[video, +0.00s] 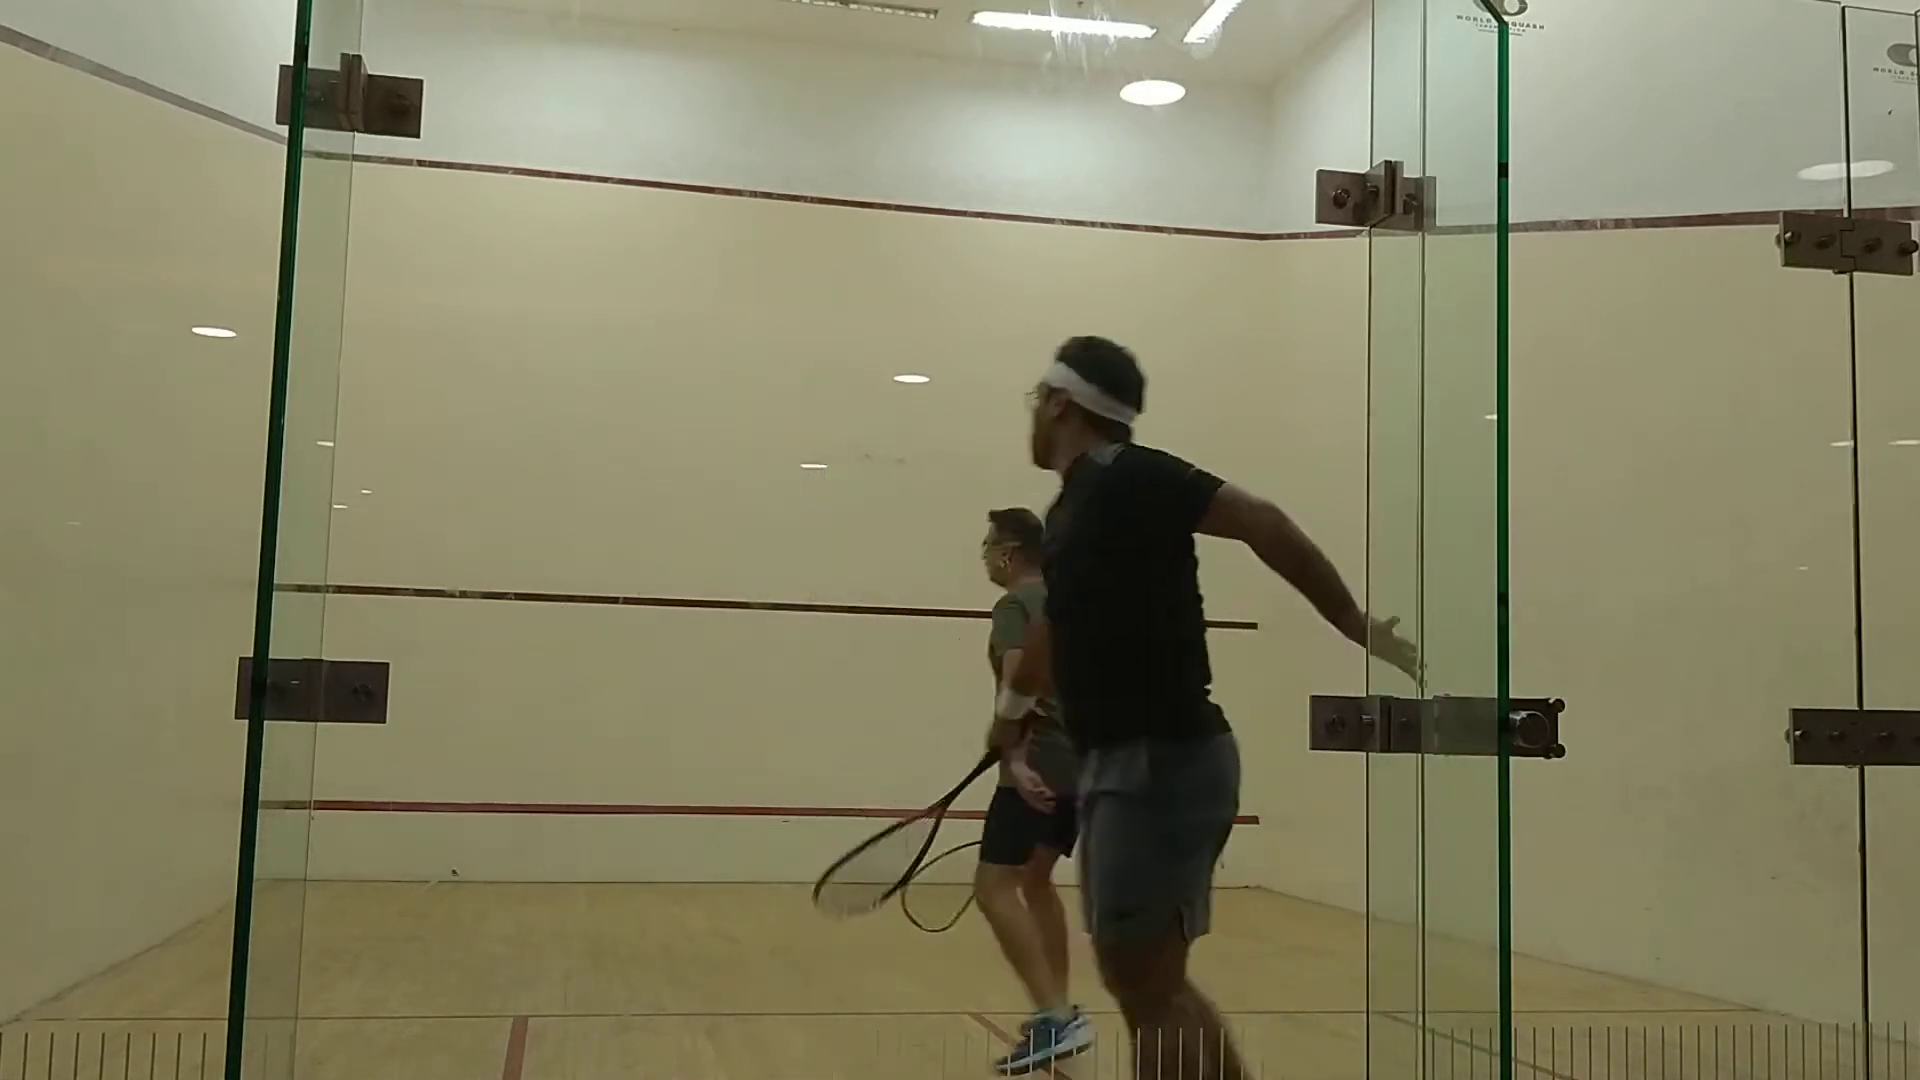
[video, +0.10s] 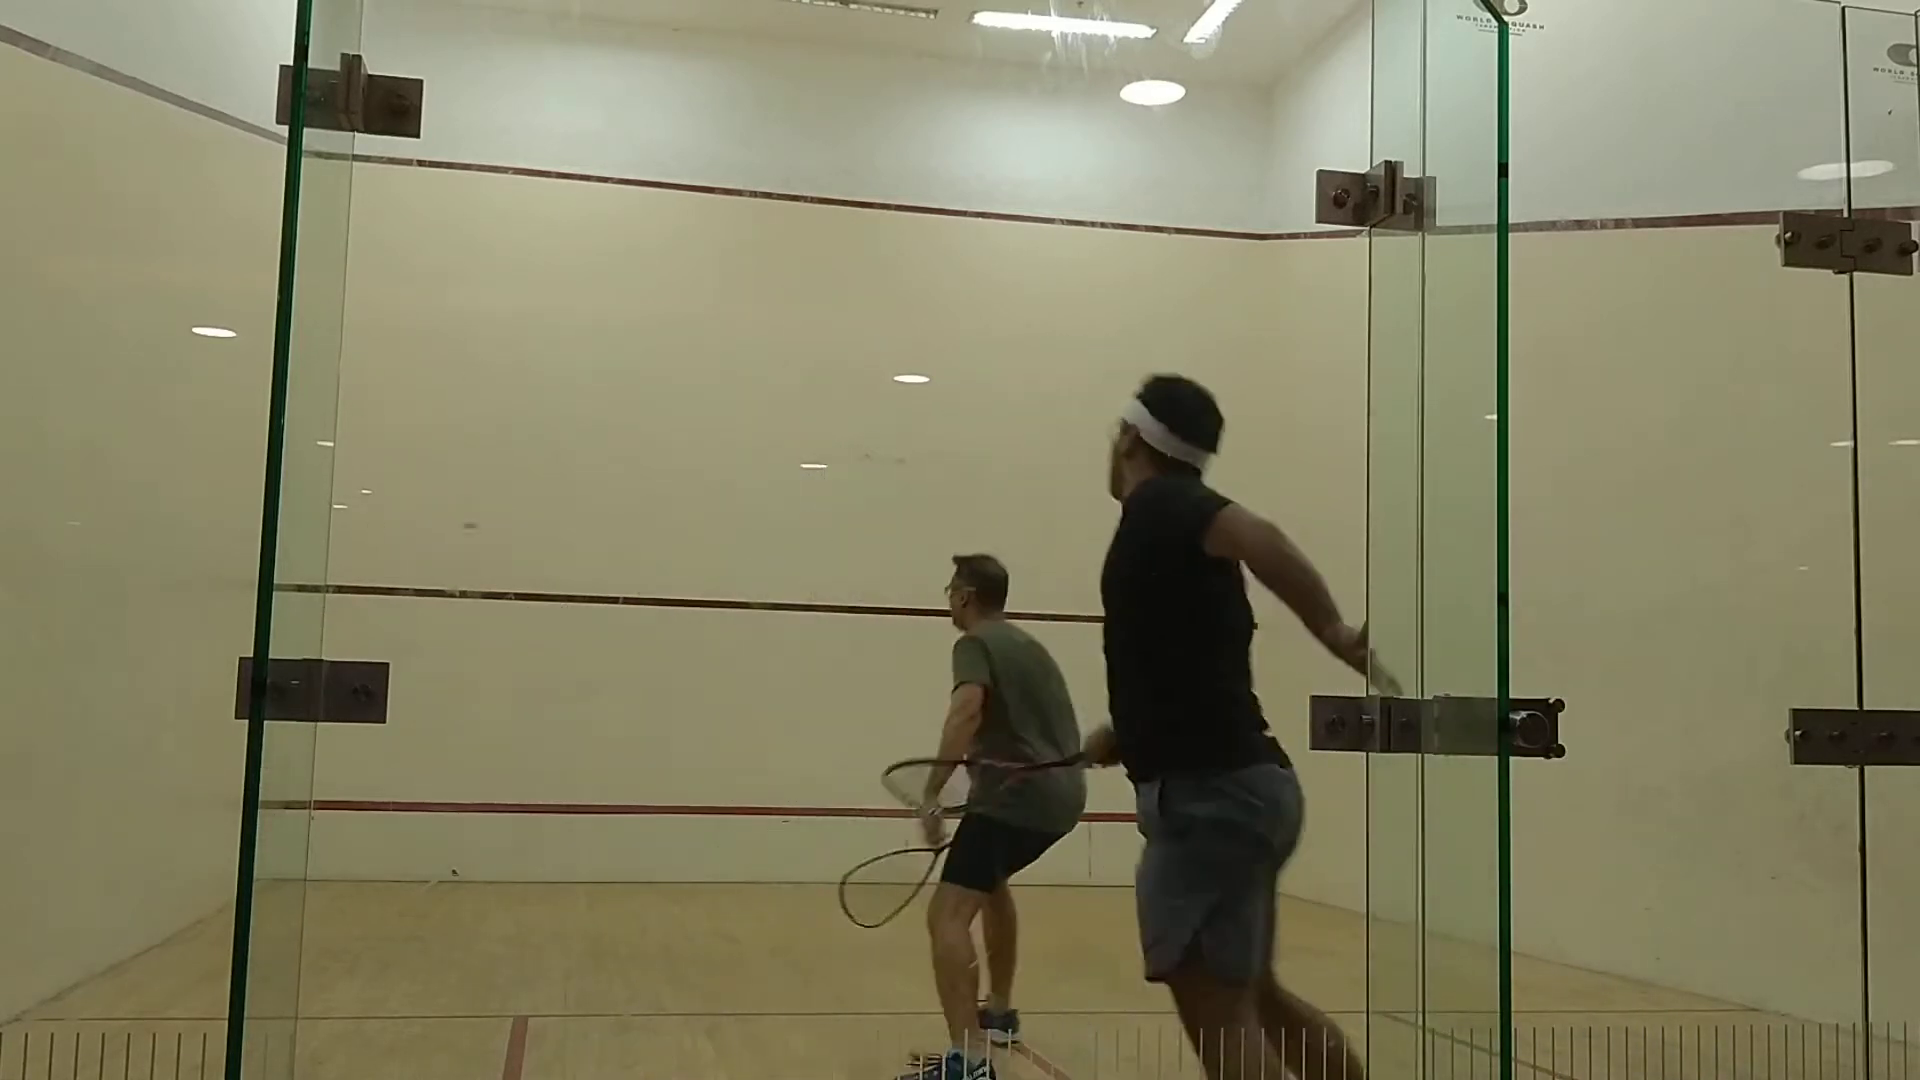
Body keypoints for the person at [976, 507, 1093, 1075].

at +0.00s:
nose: (983, 558)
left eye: (988, 549)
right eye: (985, 548)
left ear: (1010, 553)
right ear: (1032, 552)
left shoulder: (1015, 606)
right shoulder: (1067, 596)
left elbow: (1019, 682)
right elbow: (1068, 678)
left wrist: (1009, 749)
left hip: (1040, 756)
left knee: (993, 887)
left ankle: (1053, 1015)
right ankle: (1058, 1013)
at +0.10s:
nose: (947, 598)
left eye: (950, 589)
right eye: (949, 589)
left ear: (965, 595)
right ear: (998, 598)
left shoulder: (973, 644)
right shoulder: (1024, 642)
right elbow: (1042, 726)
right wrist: (992, 779)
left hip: (1012, 802)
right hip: (1060, 800)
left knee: (948, 916)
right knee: (993, 880)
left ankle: (967, 1057)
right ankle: (999, 1011)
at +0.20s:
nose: (938, 625)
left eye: (940, 618)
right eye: (941, 617)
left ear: (949, 623)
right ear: (988, 627)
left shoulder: (949, 673)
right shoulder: (1022, 680)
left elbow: (929, 751)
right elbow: (1053, 766)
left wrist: (886, 820)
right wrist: (991, 777)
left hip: (980, 814)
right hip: (1035, 822)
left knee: (908, 926)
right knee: (960, 884)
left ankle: (961, 1052)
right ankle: (941, 1008)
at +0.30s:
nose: (952, 626)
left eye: (953, 618)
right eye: (957, 618)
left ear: (959, 621)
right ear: (1002, 626)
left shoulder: (947, 664)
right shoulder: (1031, 685)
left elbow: (920, 737)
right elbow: (1044, 772)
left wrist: (894, 800)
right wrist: (996, 790)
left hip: (942, 811)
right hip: (1001, 828)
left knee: (910, 916)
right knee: (945, 917)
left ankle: (928, 1008)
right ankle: (888, 1010)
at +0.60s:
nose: (978, 608)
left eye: (975, 601)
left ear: (974, 603)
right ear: (1015, 605)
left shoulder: (949, 648)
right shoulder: (1039, 655)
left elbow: (896, 695)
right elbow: (1060, 732)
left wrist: (866, 753)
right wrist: (1042, 768)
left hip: (951, 783)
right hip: (1008, 793)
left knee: (942, 865)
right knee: (970, 895)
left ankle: (918, 970)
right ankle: (918, 953)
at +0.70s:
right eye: (1028, 609)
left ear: (990, 608)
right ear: (1030, 611)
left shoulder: (962, 655)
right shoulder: (1044, 658)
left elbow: (911, 708)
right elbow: (1070, 723)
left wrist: (897, 765)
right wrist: (1085, 762)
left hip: (959, 789)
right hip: (1015, 795)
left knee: (952, 870)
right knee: (1011, 886)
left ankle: (922, 974)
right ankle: (950, 940)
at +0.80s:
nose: (1054, 603)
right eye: (1058, 597)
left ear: (1020, 594)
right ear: (1057, 597)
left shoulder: (991, 637)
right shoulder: (1058, 641)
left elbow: (958, 695)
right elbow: (1082, 706)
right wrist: (1124, 737)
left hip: (982, 771)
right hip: (1037, 771)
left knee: (975, 860)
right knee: (1059, 852)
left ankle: (930, 958)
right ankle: (998, 940)